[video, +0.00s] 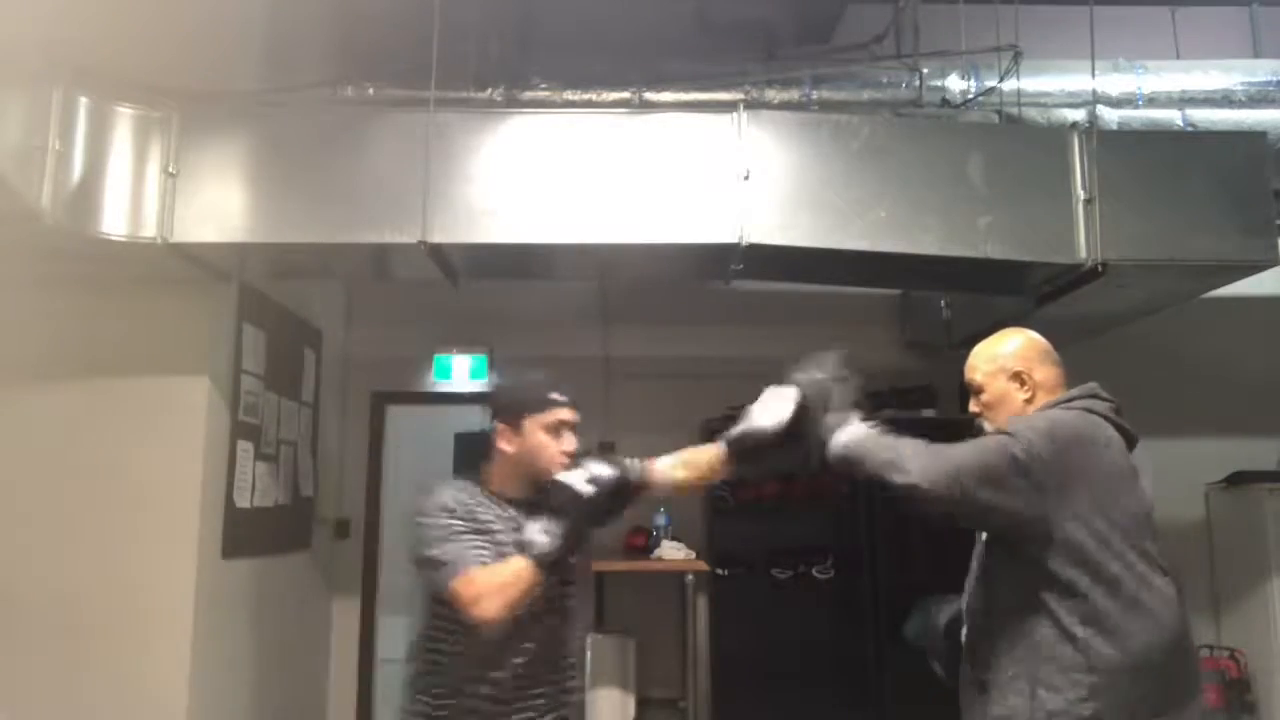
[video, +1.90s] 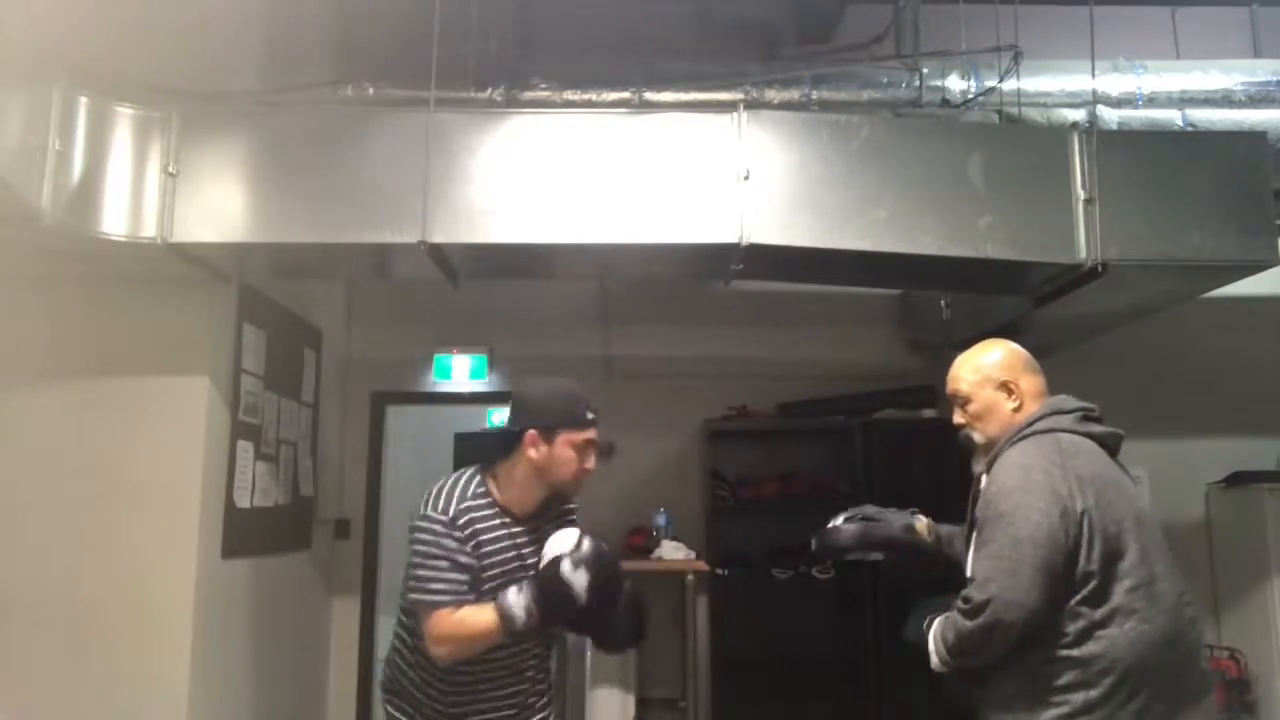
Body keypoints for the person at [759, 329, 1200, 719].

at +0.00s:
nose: (972, 411)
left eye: (978, 393)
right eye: (971, 398)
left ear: (1024, 382)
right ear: (1031, 384)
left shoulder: (1054, 440)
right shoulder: (1087, 435)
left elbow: (937, 474)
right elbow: (1058, 578)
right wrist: (968, 614)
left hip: (1082, 685)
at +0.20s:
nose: (975, 410)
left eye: (984, 392)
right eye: (972, 396)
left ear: (1035, 383)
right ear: (1033, 387)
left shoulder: (1072, 432)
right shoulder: (1052, 441)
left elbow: (966, 479)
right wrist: (961, 621)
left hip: (1104, 685)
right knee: (931, 628)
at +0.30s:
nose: (974, 412)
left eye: (982, 395)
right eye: (972, 399)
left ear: (1032, 387)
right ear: (1032, 387)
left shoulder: (1070, 444)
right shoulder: (1061, 441)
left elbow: (1023, 534)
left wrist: (900, 570)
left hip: (1101, 699)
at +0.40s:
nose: (971, 414)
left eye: (980, 397)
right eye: (970, 401)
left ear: (1028, 389)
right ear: (1027, 390)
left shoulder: (1077, 457)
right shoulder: (1050, 452)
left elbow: (1056, 591)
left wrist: (956, 643)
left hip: (1113, 701)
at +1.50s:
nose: (960, 417)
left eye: (967, 400)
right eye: (958, 404)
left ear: (1016, 393)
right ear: (1017, 394)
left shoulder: (1035, 461)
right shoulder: (1074, 447)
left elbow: (1019, 597)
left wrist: (936, 634)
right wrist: (966, 590)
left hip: (1097, 699)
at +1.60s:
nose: (964, 417)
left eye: (971, 400)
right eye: (962, 404)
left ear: (1019, 392)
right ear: (1024, 394)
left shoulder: (1034, 462)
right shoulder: (1081, 450)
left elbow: (1014, 596)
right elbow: (1036, 571)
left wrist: (940, 634)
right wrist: (926, 554)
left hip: (1095, 697)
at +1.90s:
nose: (955, 420)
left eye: (963, 403)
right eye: (954, 406)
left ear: (1011, 394)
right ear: (1013, 396)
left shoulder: (1027, 465)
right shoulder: (1070, 449)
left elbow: (1009, 603)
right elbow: (1021, 547)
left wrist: (941, 639)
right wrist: (928, 534)